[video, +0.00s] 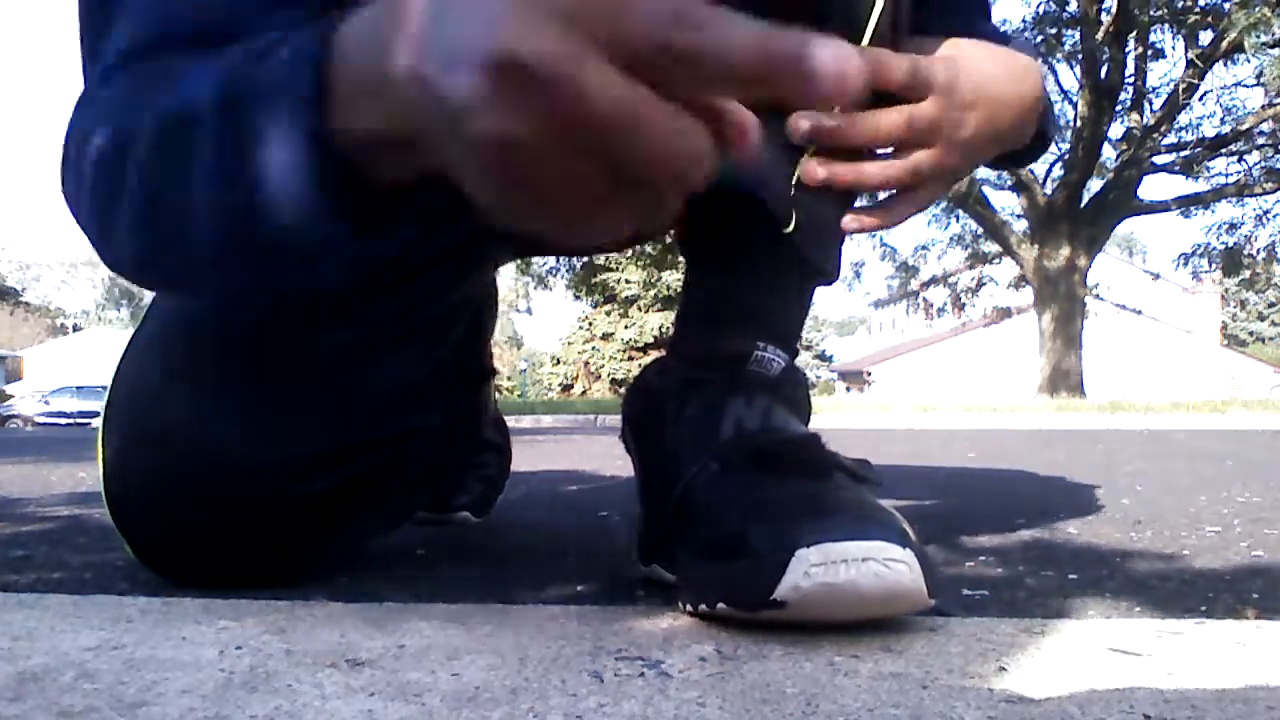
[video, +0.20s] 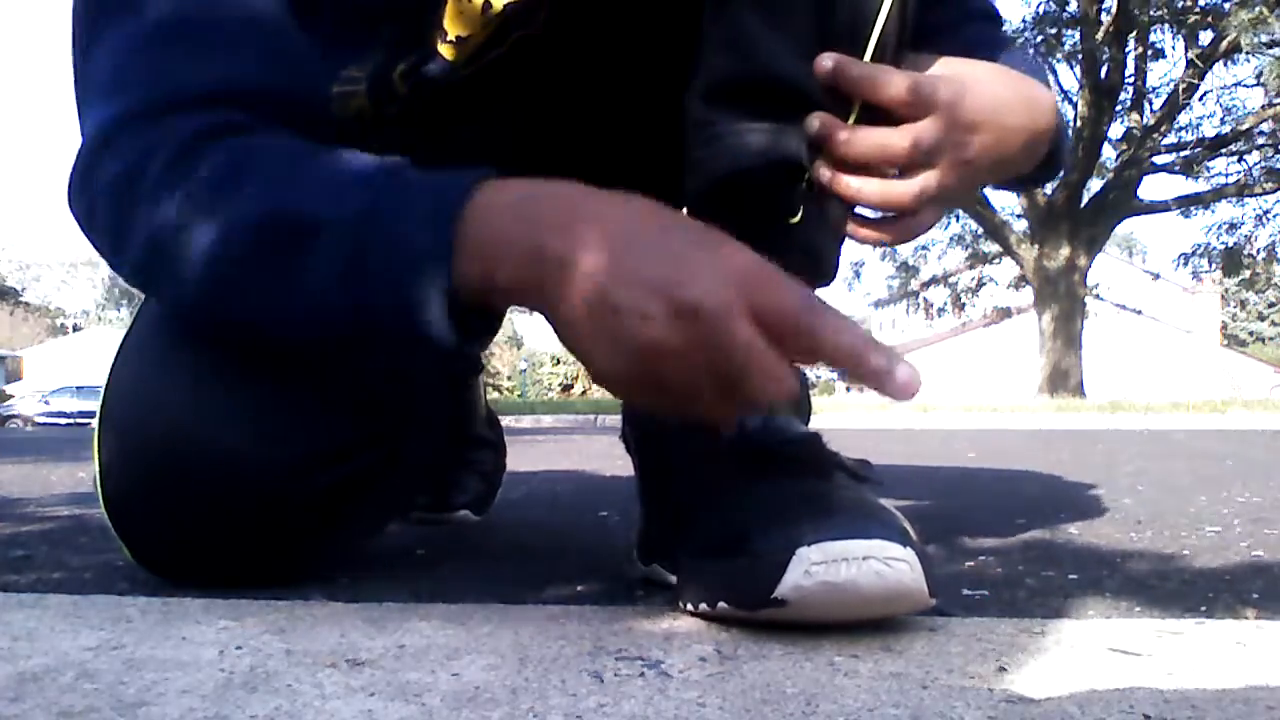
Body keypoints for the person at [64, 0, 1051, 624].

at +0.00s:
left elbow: (906, 29)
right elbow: (126, 144)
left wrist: (1023, 92)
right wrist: (393, 73)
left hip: (689, 63)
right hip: (368, 135)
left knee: (815, 13)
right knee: (192, 507)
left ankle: (733, 417)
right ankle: (423, 391)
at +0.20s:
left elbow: (935, 38)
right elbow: (155, 154)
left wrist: (1037, 120)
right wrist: (535, 234)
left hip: (652, 133)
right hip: (359, 158)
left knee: (786, 11)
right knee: (192, 497)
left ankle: (732, 447)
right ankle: (416, 402)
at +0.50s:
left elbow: (908, 33)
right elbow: (89, 74)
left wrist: (995, 169)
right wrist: (344, 197)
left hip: (592, 115)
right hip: (308, 175)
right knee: (192, 508)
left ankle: (732, 424)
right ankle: (424, 404)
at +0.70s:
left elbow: (947, 42)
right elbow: (45, 1)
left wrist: (1000, 147)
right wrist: (183, 108)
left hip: (609, 122)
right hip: (334, 151)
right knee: (192, 507)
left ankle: (730, 423)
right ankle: (414, 380)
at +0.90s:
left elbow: (944, 30)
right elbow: (2, 21)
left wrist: (975, 147)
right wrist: (168, 163)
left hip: (641, 111)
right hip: (363, 161)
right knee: (182, 500)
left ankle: (729, 415)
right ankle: (431, 370)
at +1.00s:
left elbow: (996, 12)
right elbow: (33, 16)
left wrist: (926, 141)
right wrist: (210, 152)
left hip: (672, 75)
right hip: (402, 139)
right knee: (217, 498)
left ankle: (725, 423)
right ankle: (452, 417)